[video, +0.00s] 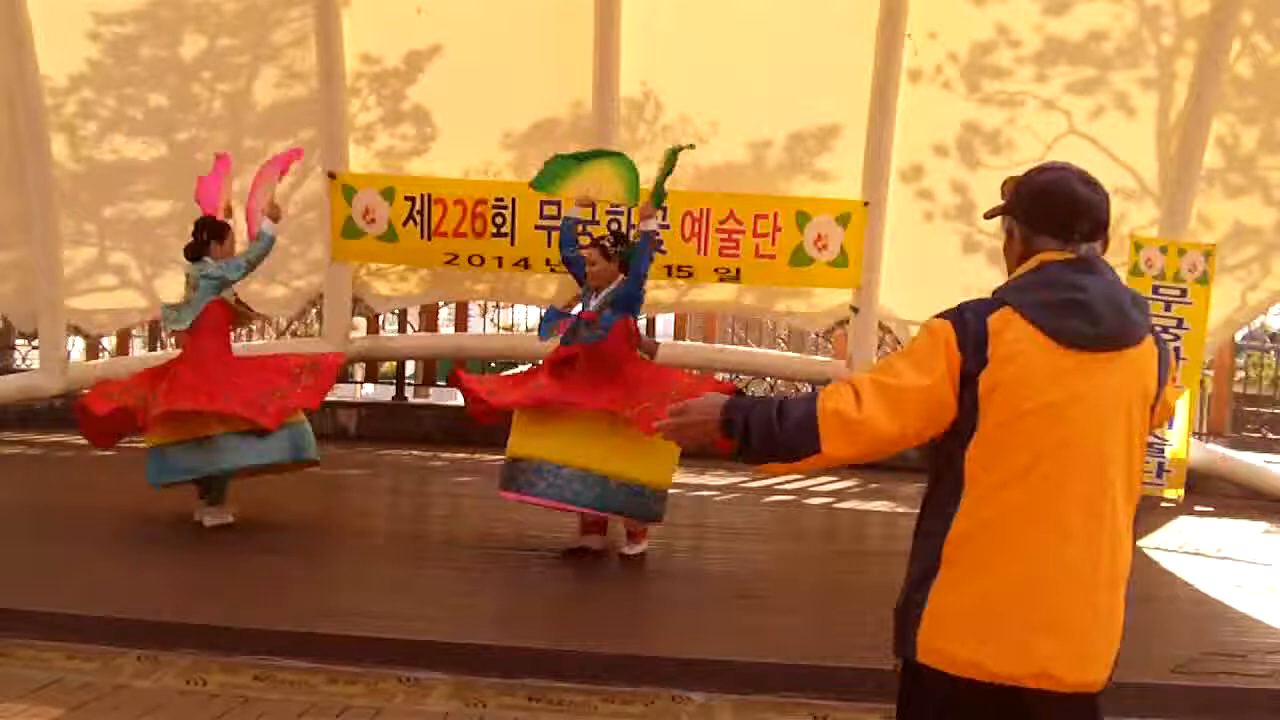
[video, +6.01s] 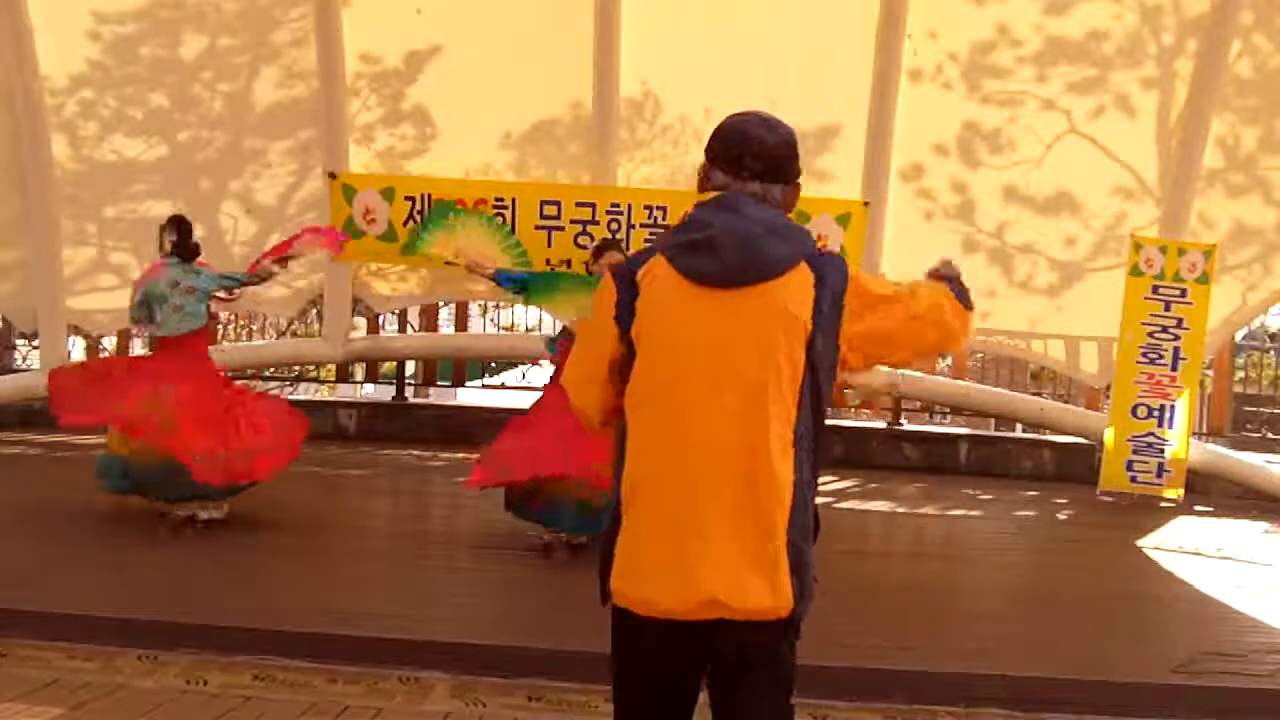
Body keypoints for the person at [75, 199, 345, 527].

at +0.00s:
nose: (233, 249)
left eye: (231, 242)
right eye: (229, 243)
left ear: (206, 245)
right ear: (216, 245)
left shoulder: (198, 274)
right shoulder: (213, 275)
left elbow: (227, 259)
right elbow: (249, 261)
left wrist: (223, 219)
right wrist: (272, 226)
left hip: (195, 361)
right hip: (211, 363)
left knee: (204, 429)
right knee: (217, 430)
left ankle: (207, 501)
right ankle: (215, 505)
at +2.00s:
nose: (214, 253)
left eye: (215, 247)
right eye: (208, 247)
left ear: (211, 250)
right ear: (188, 250)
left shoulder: (215, 286)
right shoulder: (179, 280)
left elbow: (255, 298)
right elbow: (148, 291)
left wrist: (298, 294)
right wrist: (150, 251)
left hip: (201, 365)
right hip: (177, 365)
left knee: (190, 430)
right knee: (176, 429)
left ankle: (168, 499)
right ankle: (154, 494)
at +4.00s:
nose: (205, 251)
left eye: (206, 245)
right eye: (199, 245)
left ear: (206, 248)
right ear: (180, 249)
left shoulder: (220, 283)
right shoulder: (169, 281)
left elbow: (254, 310)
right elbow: (129, 262)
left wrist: (224, 323)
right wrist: (107, 225)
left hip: (214, 365)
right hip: (178, 365)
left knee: (219, 429)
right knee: (170, 430)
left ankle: (229, 498)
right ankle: (167, 510)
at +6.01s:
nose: (163, 242)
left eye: (163, 237)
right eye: (172, 235)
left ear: (163, 242)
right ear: (191, 243)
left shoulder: (151, 280)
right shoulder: (200, 277)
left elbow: (137, 319)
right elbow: (242, 280)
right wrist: (273, 269)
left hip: (162, 364)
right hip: (197, 364)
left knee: (172, 431)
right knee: (206, 430)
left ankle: (177, 502)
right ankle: (209, 500)